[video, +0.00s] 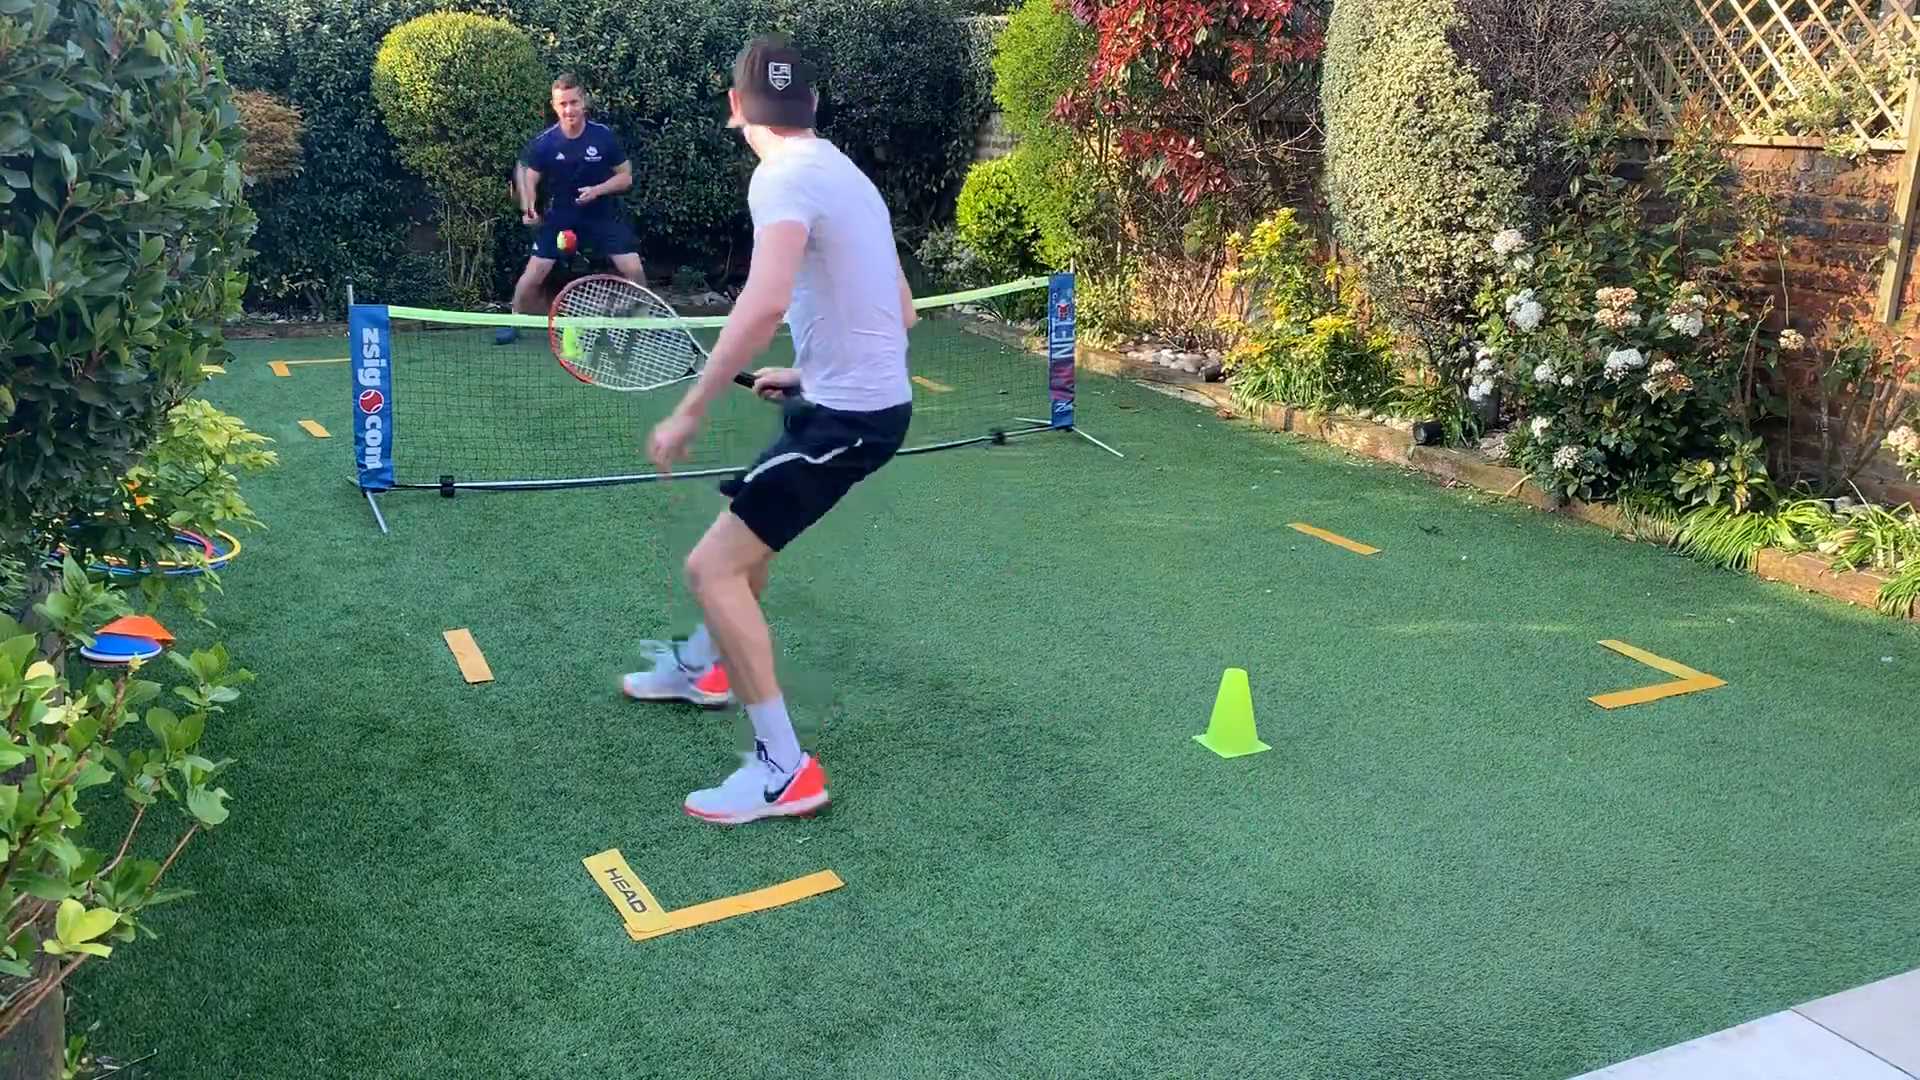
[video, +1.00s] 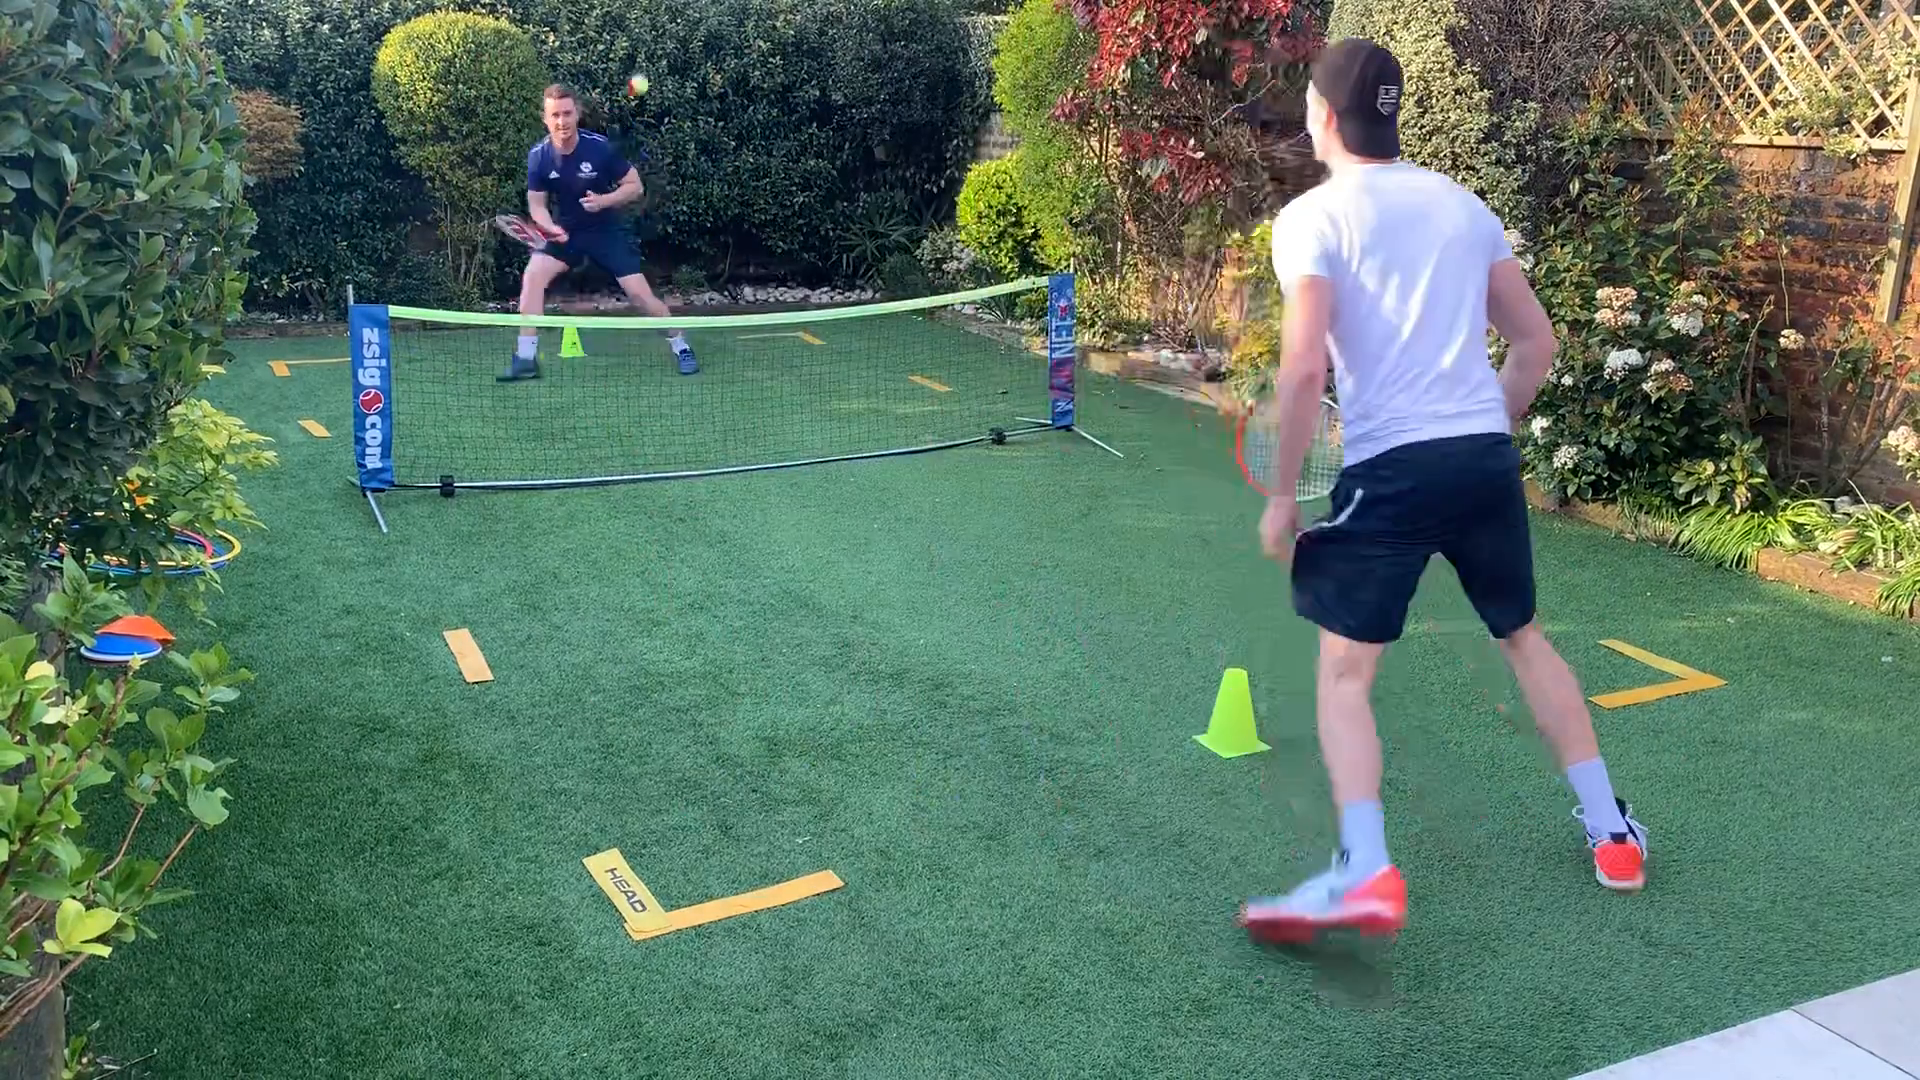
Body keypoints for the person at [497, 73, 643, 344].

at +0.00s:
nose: (569, 110)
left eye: (573, 103)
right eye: (562, 104)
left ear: (584, 103)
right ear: (554, 106)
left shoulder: (603, 136)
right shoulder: (544, 144)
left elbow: (626, 178)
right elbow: (530, 180)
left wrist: (596, 191)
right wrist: (529, 206)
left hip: (601, 215)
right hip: (560, 217)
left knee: (633, 269)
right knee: (534, 272)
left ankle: (642, 324)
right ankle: (512, 322)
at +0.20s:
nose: (581, 100)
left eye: (586, 92)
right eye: (574, 94)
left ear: (598, 90)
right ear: (567, 96)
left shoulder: (619, 123)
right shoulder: (566, 132)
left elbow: (653, 162)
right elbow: (549, 175)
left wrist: (613, 167)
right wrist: (528, 206)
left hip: (628, 209)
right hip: (591, 211)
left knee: (643, 274)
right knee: (581, 272)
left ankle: (646, 332)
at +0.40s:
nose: (579, 119)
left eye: (583, 111)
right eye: (573, 114)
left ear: (596, 108)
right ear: (567, 116)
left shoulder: (623, 134)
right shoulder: (571, 150)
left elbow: (663, 163)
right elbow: (564, 200)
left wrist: (630, 186)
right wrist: (552, 239)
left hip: (646, 210)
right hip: (613, 215)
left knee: (653, 269)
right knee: (622, 280)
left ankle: (678, 314)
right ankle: (642, 323)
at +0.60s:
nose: (589, 139)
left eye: (594, 132)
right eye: (583, 134)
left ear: (607, 127)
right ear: (577, 134)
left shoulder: (637, 149)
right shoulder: (582, 172)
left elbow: (671, 173)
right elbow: (593, 221)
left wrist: (652, 201)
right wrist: (595, 260)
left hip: (652, 219)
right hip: (618, 227)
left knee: (661, 278)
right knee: (626, 296)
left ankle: (681, 344)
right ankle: (645, 322)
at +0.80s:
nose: (593, 128)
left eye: (598, 120)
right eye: (586, 122)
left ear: (611, 119)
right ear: (579, 125)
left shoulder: (635, 145)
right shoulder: (576, 162)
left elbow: (671, 179)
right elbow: (587, 209)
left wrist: (654, 203)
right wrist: (606, 240)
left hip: (639, 224)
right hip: (601, 230)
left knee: (655, 283)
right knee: (595, 294)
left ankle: (682, 346)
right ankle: (639, 309)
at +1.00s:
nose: (561, 122)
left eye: (567, 114)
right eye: (554, 115)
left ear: (578, 115)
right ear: (545, 119)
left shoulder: (601, 149)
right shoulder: (538, 156)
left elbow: (634, 186)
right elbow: (536, 205)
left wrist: (604, 200)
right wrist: (549, 226)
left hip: (607, 231)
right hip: (566, 232)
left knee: (639, 294)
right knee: (532, 276)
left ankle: (681, 346)